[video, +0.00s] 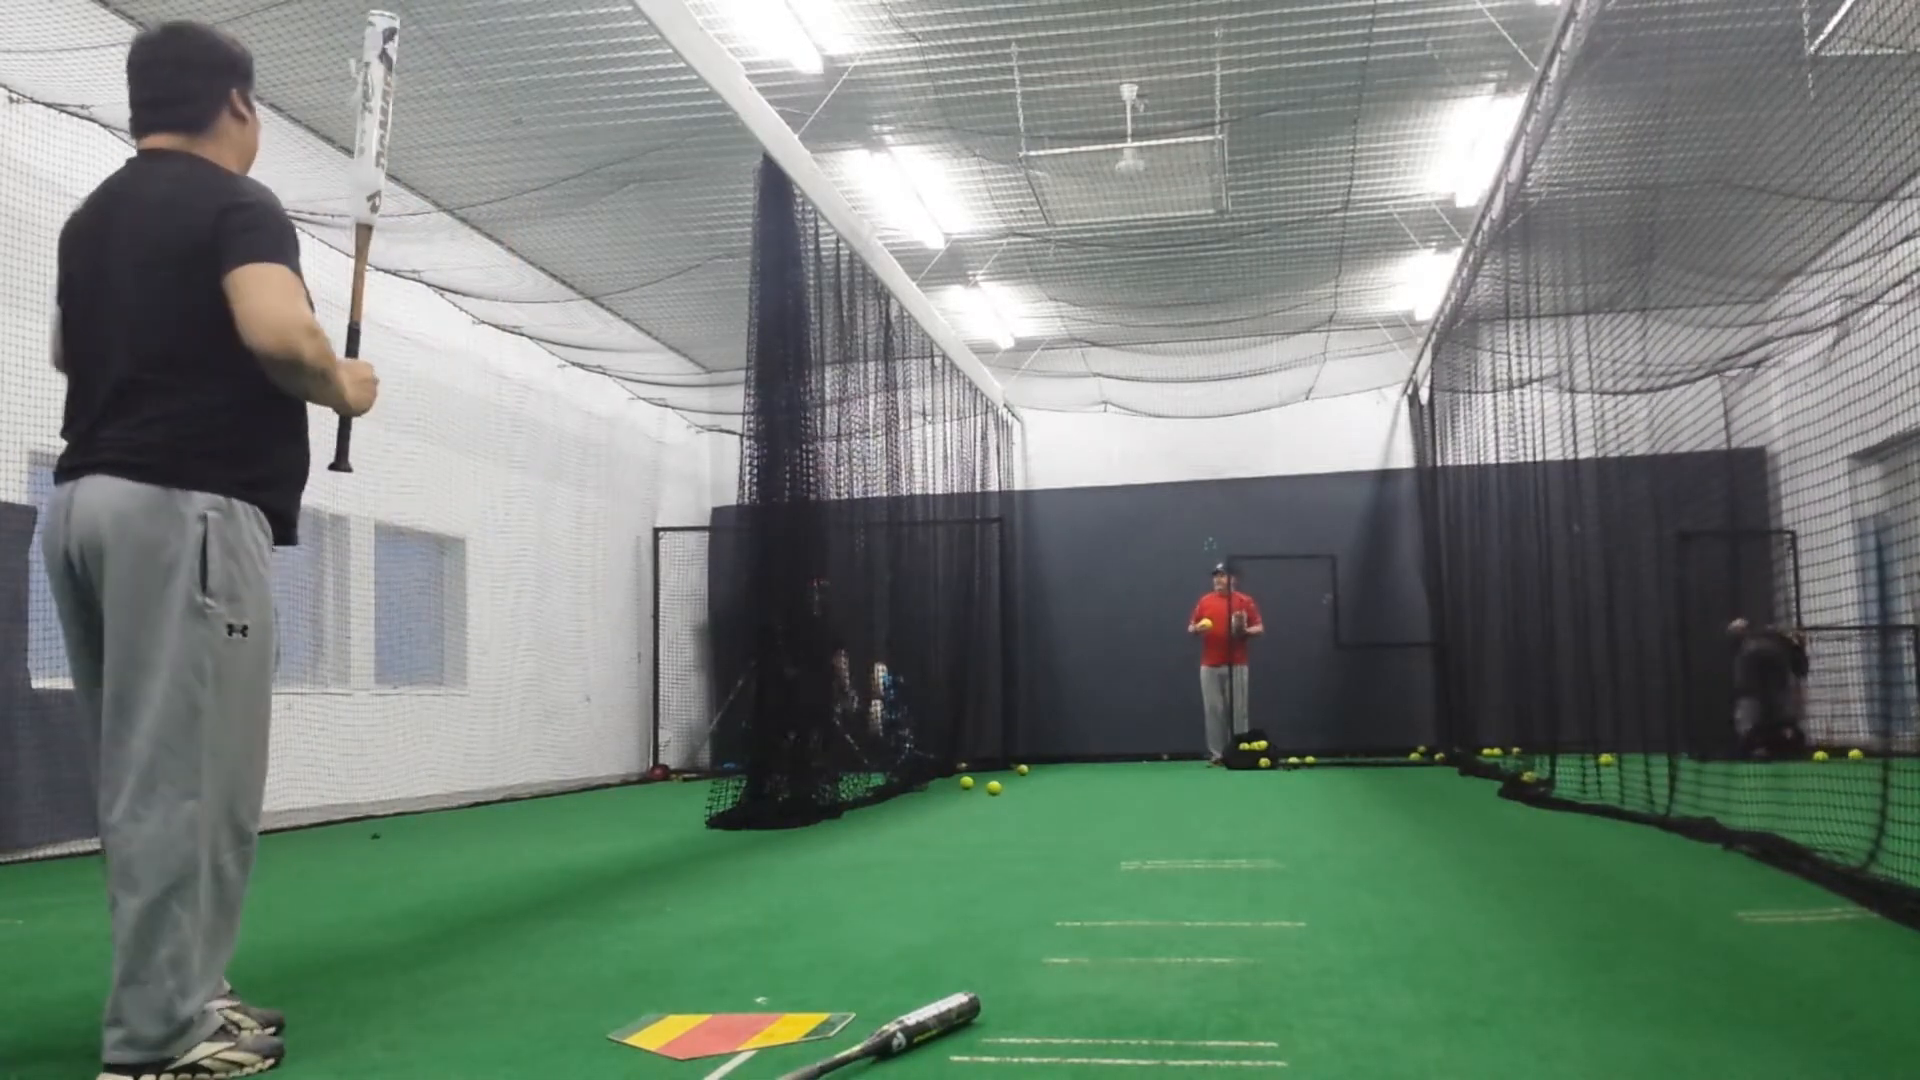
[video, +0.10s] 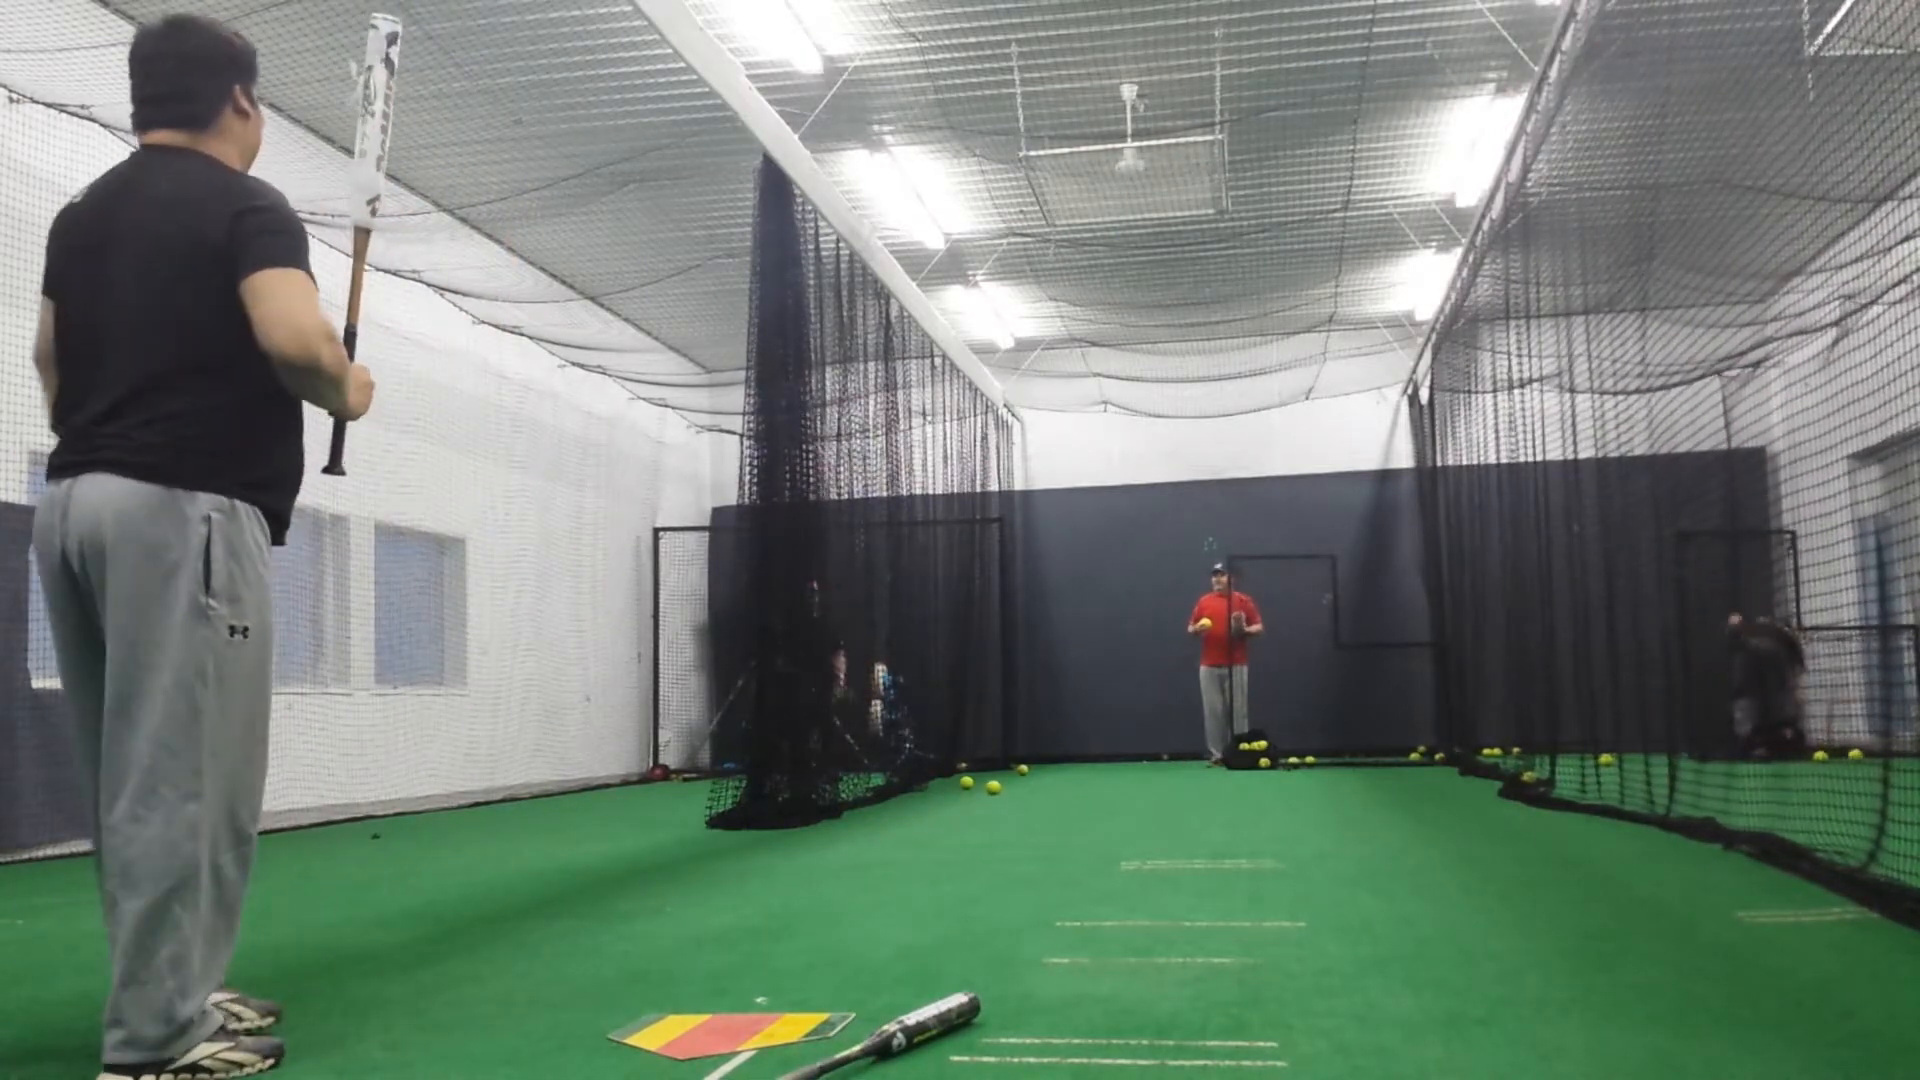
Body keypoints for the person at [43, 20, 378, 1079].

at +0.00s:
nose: (259, 127)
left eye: (254, 110)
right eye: (255, 109)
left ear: (148, 114)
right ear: (231, 107)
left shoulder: (89, 217)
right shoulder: (237, 201)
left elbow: (83, 370)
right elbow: (274, 332)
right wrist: (339, 382)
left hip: (85, 510)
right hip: (185, 515)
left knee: (144, 768)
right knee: (190, 776)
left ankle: (175, 994)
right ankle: (157, 1031)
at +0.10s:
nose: (260, 123)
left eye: (256, 106)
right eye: (257, 106)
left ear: (147, 108)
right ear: (234, 104)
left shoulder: (81, 212)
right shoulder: (247, 203)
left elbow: (52, 370)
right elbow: (290, 337)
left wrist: (106, 444)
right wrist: (344, 385)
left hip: (73, 510)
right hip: (182, 516)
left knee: (132, 769)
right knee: (186, 773)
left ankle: (167, 992)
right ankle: (156, 1033)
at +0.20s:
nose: (260, 119)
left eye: (257, 103)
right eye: (257, 102)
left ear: (142, 105)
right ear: (235, 100)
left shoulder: (70, 207)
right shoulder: (253, 202)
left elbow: (25, 356)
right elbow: (301, 341)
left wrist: (37, 486)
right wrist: (338, 388)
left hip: (66, 508)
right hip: (182, 514)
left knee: (111, 764)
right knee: (180, 769)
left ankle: (133, 998)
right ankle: (158, 1031)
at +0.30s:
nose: (259, 116)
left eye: (256, 99)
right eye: (256, 99)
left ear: (139, 100)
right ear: (234, 97)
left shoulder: (60, 200)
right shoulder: (264, 204)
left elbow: (6, 333)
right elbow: (314, 344)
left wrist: (11, 472)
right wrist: (327, 393)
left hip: (56, 507)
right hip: (181, 517)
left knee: (83, 765)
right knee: (179, 773)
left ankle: (84, 1007)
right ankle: (160, 1032)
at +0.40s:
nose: (255, 114)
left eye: (252, 97)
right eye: (253, 96)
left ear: (137, 97)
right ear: (232, 95)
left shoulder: (54, 198)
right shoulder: (267, 208)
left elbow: (6, 337)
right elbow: (332, 358)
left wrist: (16, 458)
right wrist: (304, 409)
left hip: (48, 508)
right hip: (179, 518)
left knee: (58, 771)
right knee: (176, 777)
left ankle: (41, 1008)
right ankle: (162, 1032)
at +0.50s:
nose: (250, 112)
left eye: (246, 95)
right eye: (247, 95)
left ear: (133, 95)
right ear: (228, 95)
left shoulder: (45, 198)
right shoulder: (267, 209)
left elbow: (6, 348)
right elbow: (336, 362)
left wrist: (28, 445)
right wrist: (293, 405)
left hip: (37, 508)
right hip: (173, 518)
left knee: (41, 773)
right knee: (175, 780)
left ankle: (14, 1008)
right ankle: (163, 1033)